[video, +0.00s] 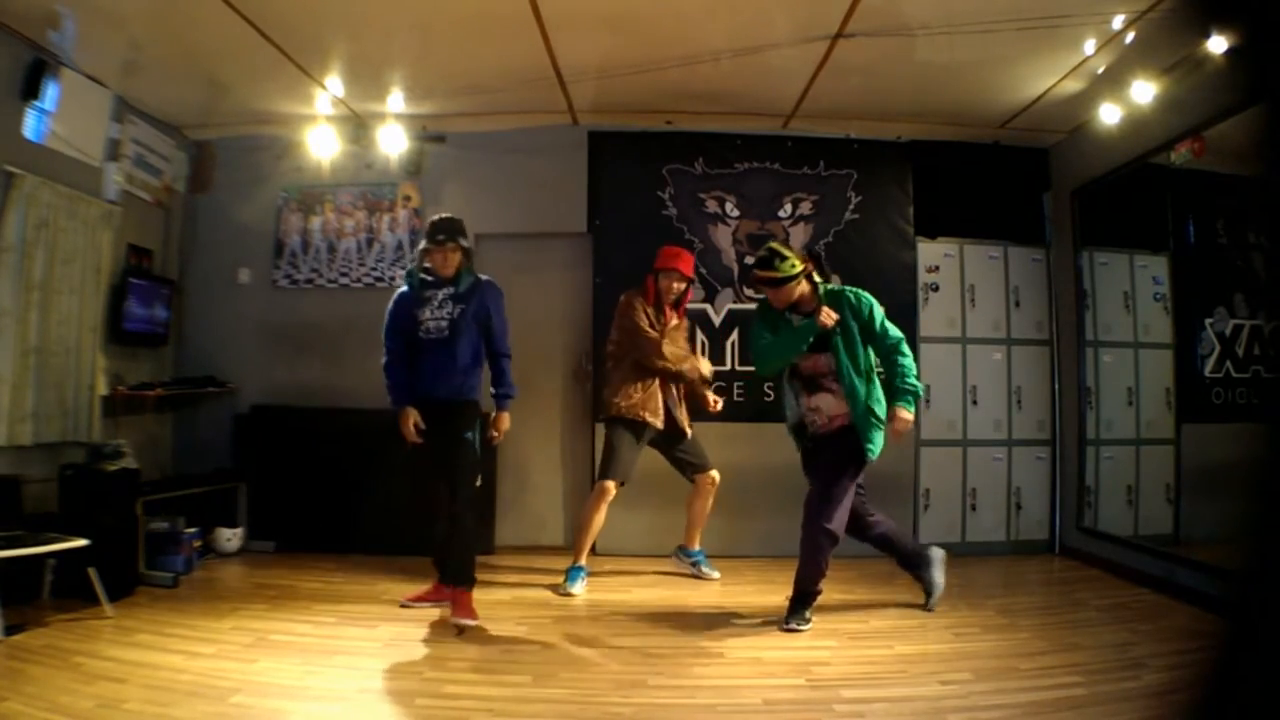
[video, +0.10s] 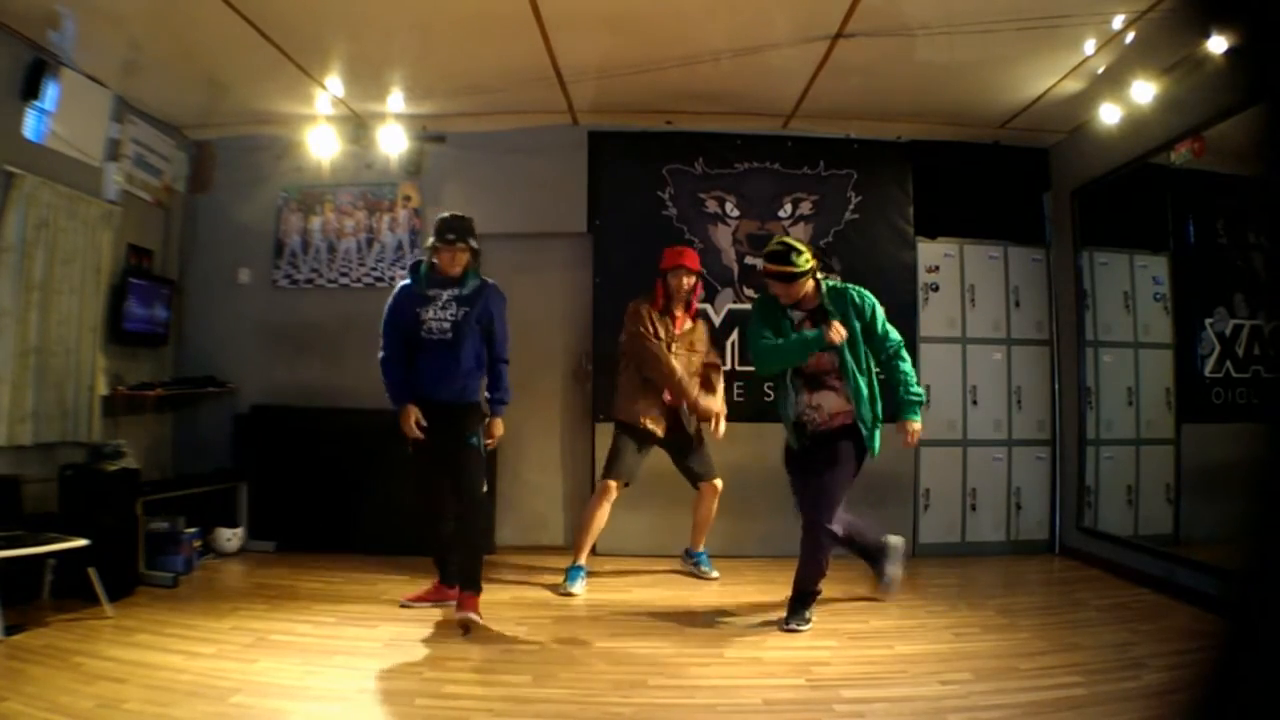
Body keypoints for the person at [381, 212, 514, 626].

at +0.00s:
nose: (439, 257)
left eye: (447, 250)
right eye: (434, 250)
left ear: (462, 251)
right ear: (426, 253)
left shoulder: (483, 292)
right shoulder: (408, 295)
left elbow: (499, 352)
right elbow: (393, 354)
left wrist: (503, 404)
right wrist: (402, 404)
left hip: (464, 405)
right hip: (424, 406)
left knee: (461, 497)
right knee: (432, 494)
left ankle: (462, 591)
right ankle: (444, 582)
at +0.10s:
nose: (453, 257)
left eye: (461, 250)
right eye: (446, 249)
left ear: (472, 252)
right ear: (432, 250)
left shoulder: (486, 295)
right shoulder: (408, 292)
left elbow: (498, 356)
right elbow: (390, 352)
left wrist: (497, 409)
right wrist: (403, 401)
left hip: (468, 409)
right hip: (425, 409)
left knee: (472, 499)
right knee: (433, 496)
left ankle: (469, 593)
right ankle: (446, 582)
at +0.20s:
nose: (460, 261)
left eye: (468, 253)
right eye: (453, 252)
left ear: (479, 255)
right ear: (439, 251)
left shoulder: (491, 300)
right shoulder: (411, 292)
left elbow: (499, 362)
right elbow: (391, 352)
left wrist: (490, 414)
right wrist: (400, 405)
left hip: (469, 412)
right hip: (426, 411)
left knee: (471, 502)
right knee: (434, 497)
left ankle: (472, 594)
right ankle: (446, 582)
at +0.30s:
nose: (470, 263)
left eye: (478, 255)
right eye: (463, 254)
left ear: (487, 257)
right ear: (447, 251)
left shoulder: (496, 302)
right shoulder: (416, 290)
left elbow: (502, 366)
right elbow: (393, 349)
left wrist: (494, 419)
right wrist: (394, 406)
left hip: (472, 413)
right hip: (427, 410)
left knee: (470, 505)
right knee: (433, 498)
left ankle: (470, 597)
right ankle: (447, 581)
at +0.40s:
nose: (480, 264)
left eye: (487, 257)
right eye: (473, 255)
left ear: (496, 258)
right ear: (455, 251)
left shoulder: (501, 304)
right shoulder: (421, 286)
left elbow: (507, 370)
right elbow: (392, 343)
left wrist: (500, 424)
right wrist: (389, 401)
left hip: (473, 410)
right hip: (427, 408)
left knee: (470, 503)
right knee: (433, 496)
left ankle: (470, 599)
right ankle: (447, 581)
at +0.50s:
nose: (484, 260)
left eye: (492, 252)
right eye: (477, 250)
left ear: (500, 256)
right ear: (459, 249)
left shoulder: (506, 305)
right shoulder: (425, 283)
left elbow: (511, 373)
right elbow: (395, 336)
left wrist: (502, 427)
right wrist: (388, 393)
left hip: (474, 411)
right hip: (428, 407)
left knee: (470, 505)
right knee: (432, 496)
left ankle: (469, 601)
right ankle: (445, 577)